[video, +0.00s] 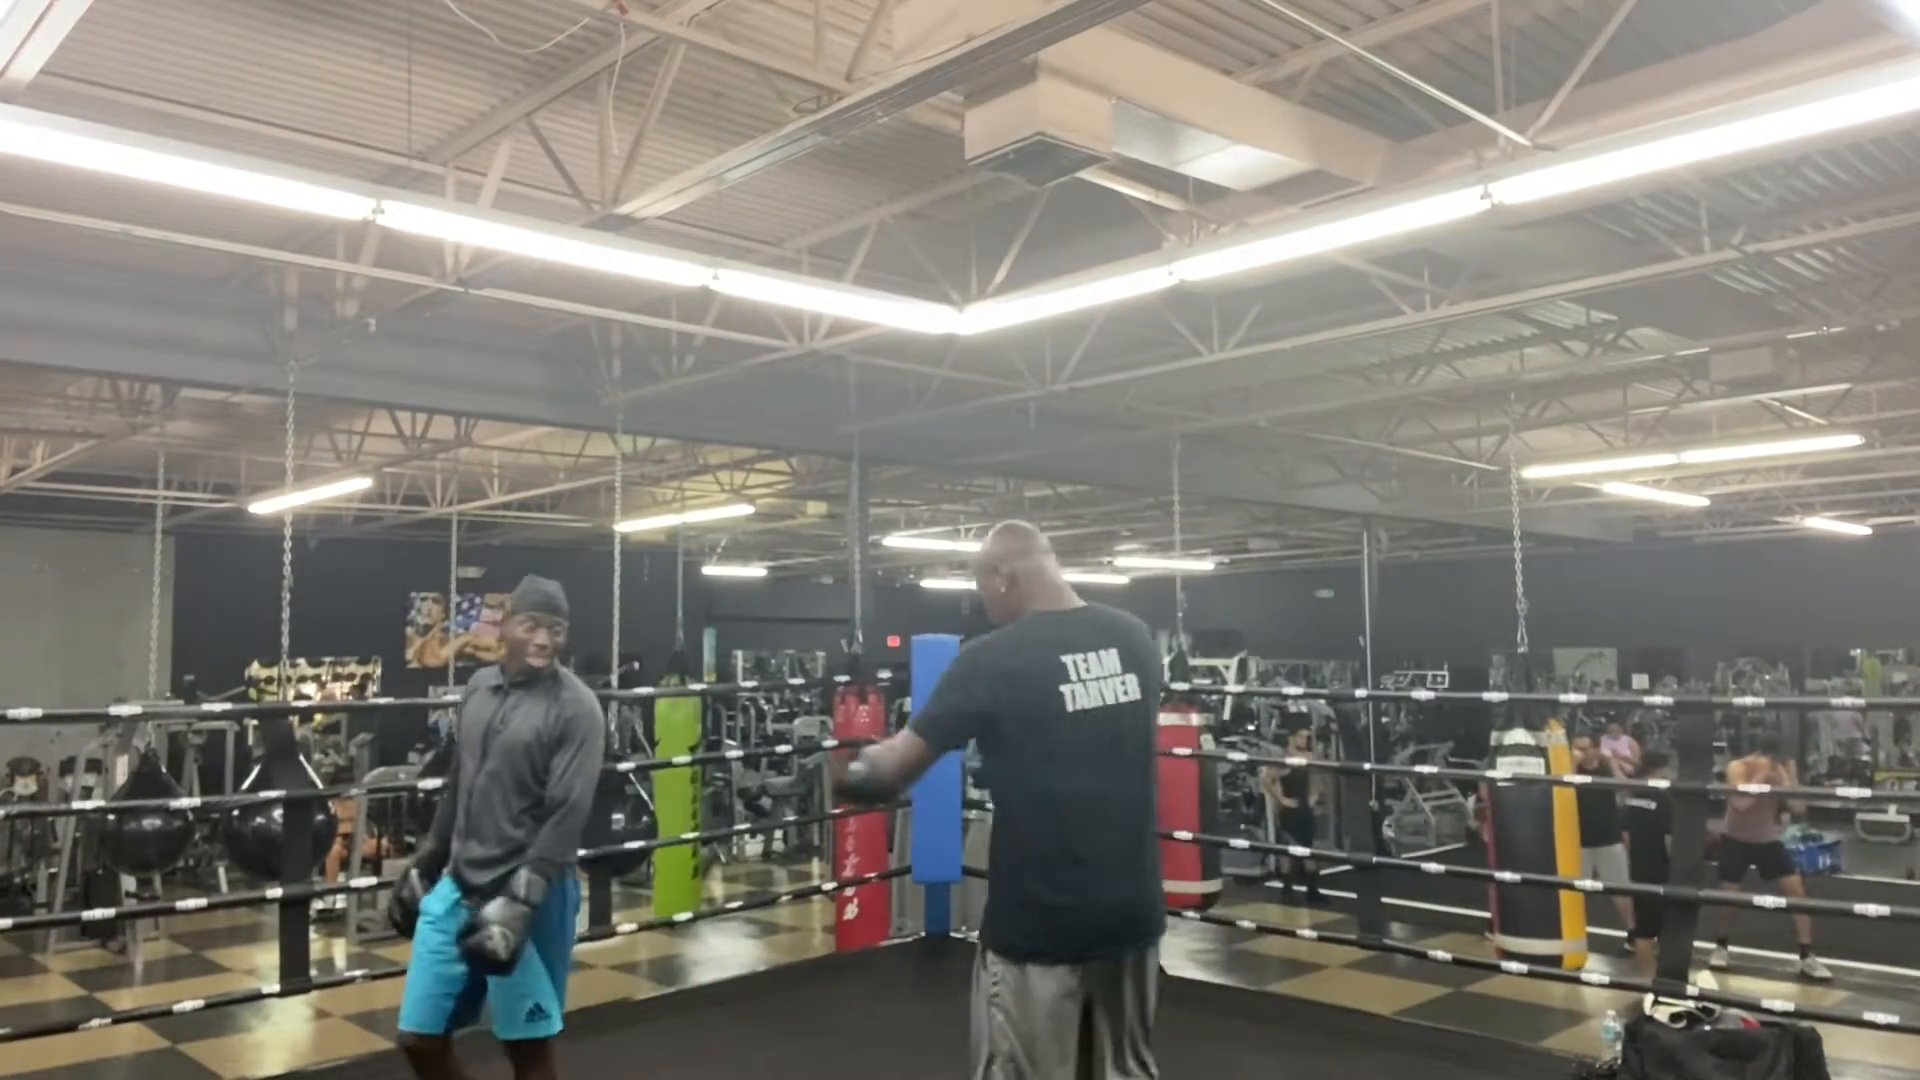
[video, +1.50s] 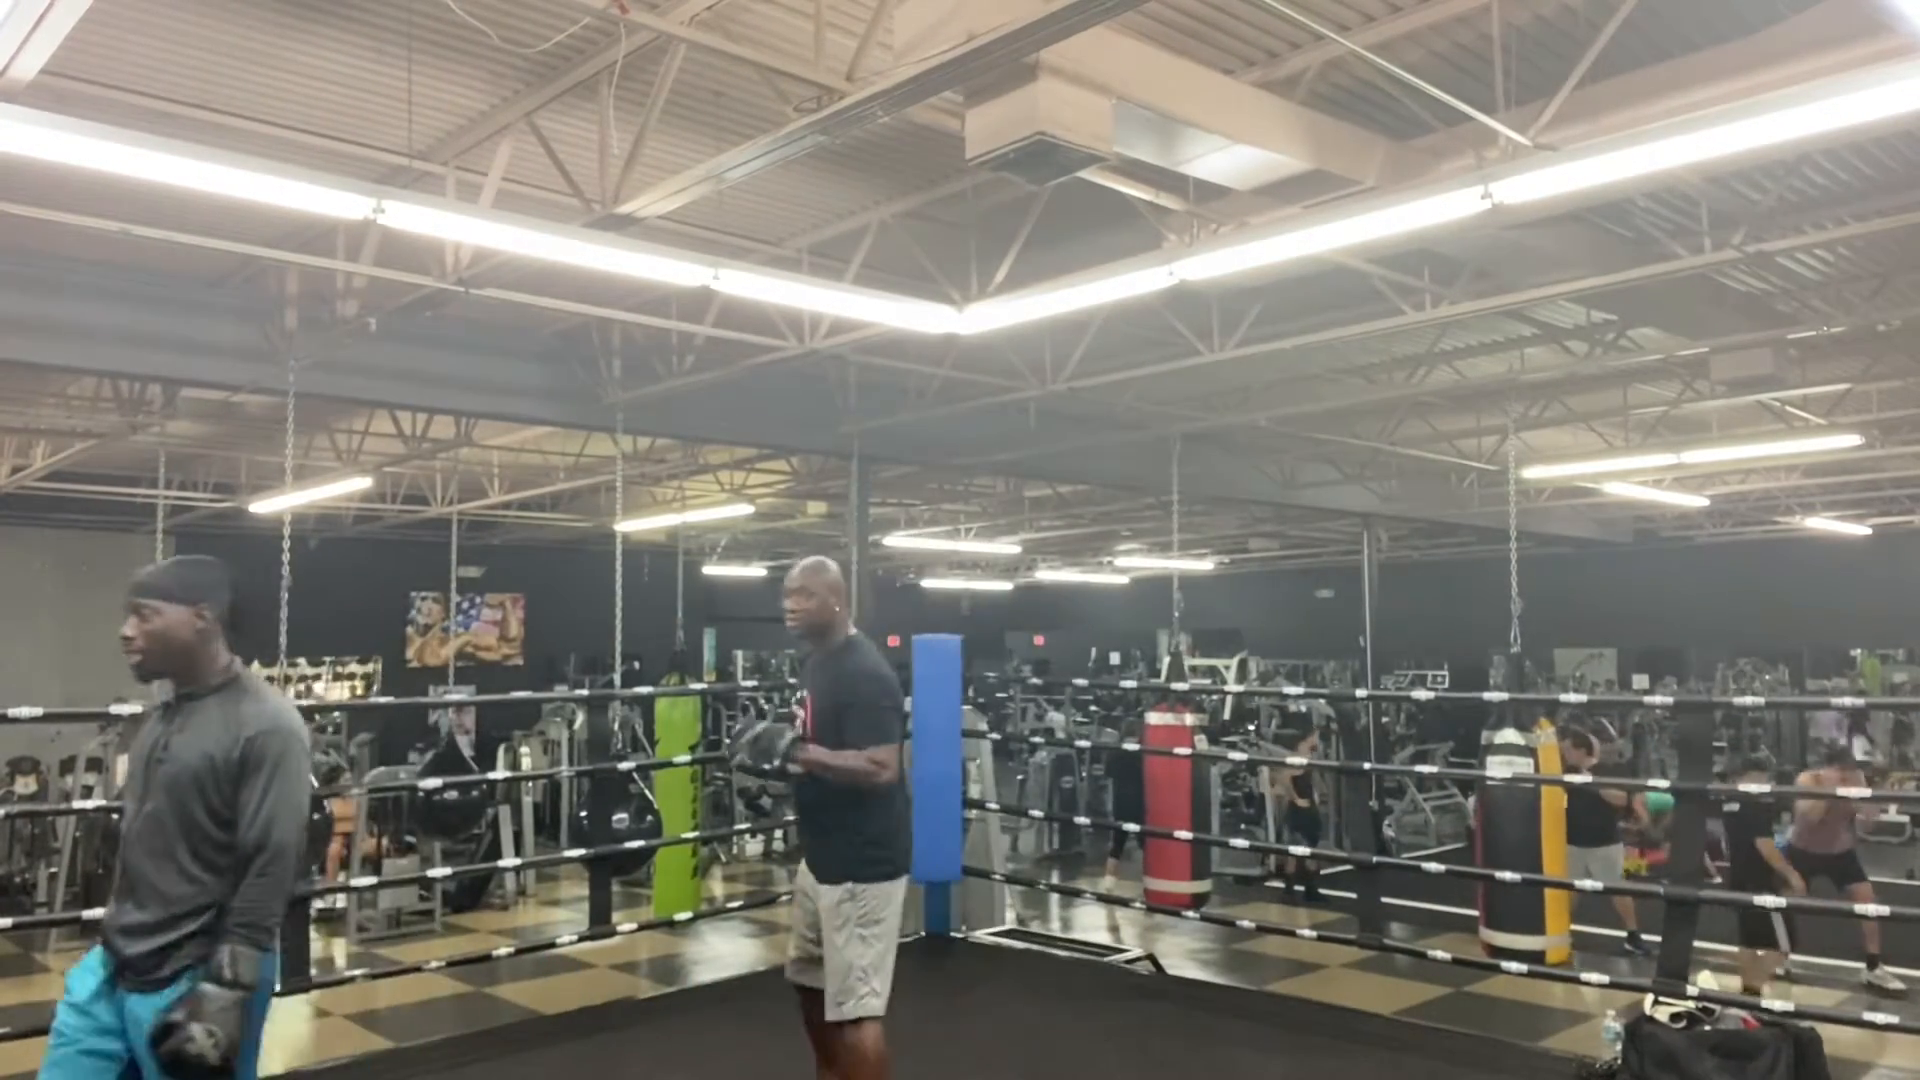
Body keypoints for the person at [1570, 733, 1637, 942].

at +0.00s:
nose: (1579, 754)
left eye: (1584, 749)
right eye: (1576, 749)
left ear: (1596, 749)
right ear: (1571, 751)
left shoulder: (1607, 769)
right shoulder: (1571, 772)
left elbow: (1626, 789)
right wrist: (1571, 765)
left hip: (1610, 839)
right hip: (1578, 840)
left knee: (1619, 890)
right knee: (1572, 892)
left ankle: (1632, 931)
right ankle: (1570, 934)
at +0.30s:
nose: (1589, 754)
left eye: (1593, 749)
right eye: (1584, 749)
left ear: (1599, 750)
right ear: (1576, 751)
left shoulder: (1609, 767)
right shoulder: (1571, 771)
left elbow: (1628, 788)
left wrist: (1624, 810)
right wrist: (1574, 764)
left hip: (1609, 836)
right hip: (1579, 837)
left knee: (1619, 887)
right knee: (1574, 889)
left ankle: (1632, 931)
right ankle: (1571, 935)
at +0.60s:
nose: (1591, 754)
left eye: (1595, 749)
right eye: (1586, 749)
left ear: (1600, 750)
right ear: (1575, 749)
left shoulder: (1609, 769)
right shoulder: (1569, 772)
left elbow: (1627, 778)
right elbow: (1565, 791)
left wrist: (1611, 760)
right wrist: (1583, 767)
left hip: (1610, 836)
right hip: (1581, 838)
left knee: (1621, 887)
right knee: (1573, 890)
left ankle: (1633, 933)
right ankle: (1568, 938)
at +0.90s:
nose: (1577, 754)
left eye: (1581, 749)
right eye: (1575, 750)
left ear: (1596, 750)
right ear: (1573, 751)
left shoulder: (1611, 771)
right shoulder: (1569, 773)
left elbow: (1633, 792)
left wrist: (1616, 765)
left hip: (1609, 841)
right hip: (1577, 841)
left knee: (1620, 889)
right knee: (1568, 892)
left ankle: (1633, 934)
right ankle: (1565, 939)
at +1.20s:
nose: (1569, 755)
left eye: (1573, 750)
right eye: (1568, 750)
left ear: (1590, 750)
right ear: (1568, 750)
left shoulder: (1616, 771)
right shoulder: (1568, 772)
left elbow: (1625, 800)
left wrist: (1600, 780)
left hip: (1607, 843)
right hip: (1573, 842)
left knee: (1618, 890)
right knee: (1565, 893)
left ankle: (1633, 934)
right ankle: (1561, 938)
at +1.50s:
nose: (1565, 754)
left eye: (1569, 750)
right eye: (1565, 750)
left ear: (1584, 751)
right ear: (1569, 751)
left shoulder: (1607, 771)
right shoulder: (1566, 773)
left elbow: (1620, 799)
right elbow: (1554, 801)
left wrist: (1593, 783)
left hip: (1605, 842)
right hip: (1571, 840)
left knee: (1618, 890)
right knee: (1564, 891)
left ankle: (1633, 933)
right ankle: (1559, 933)